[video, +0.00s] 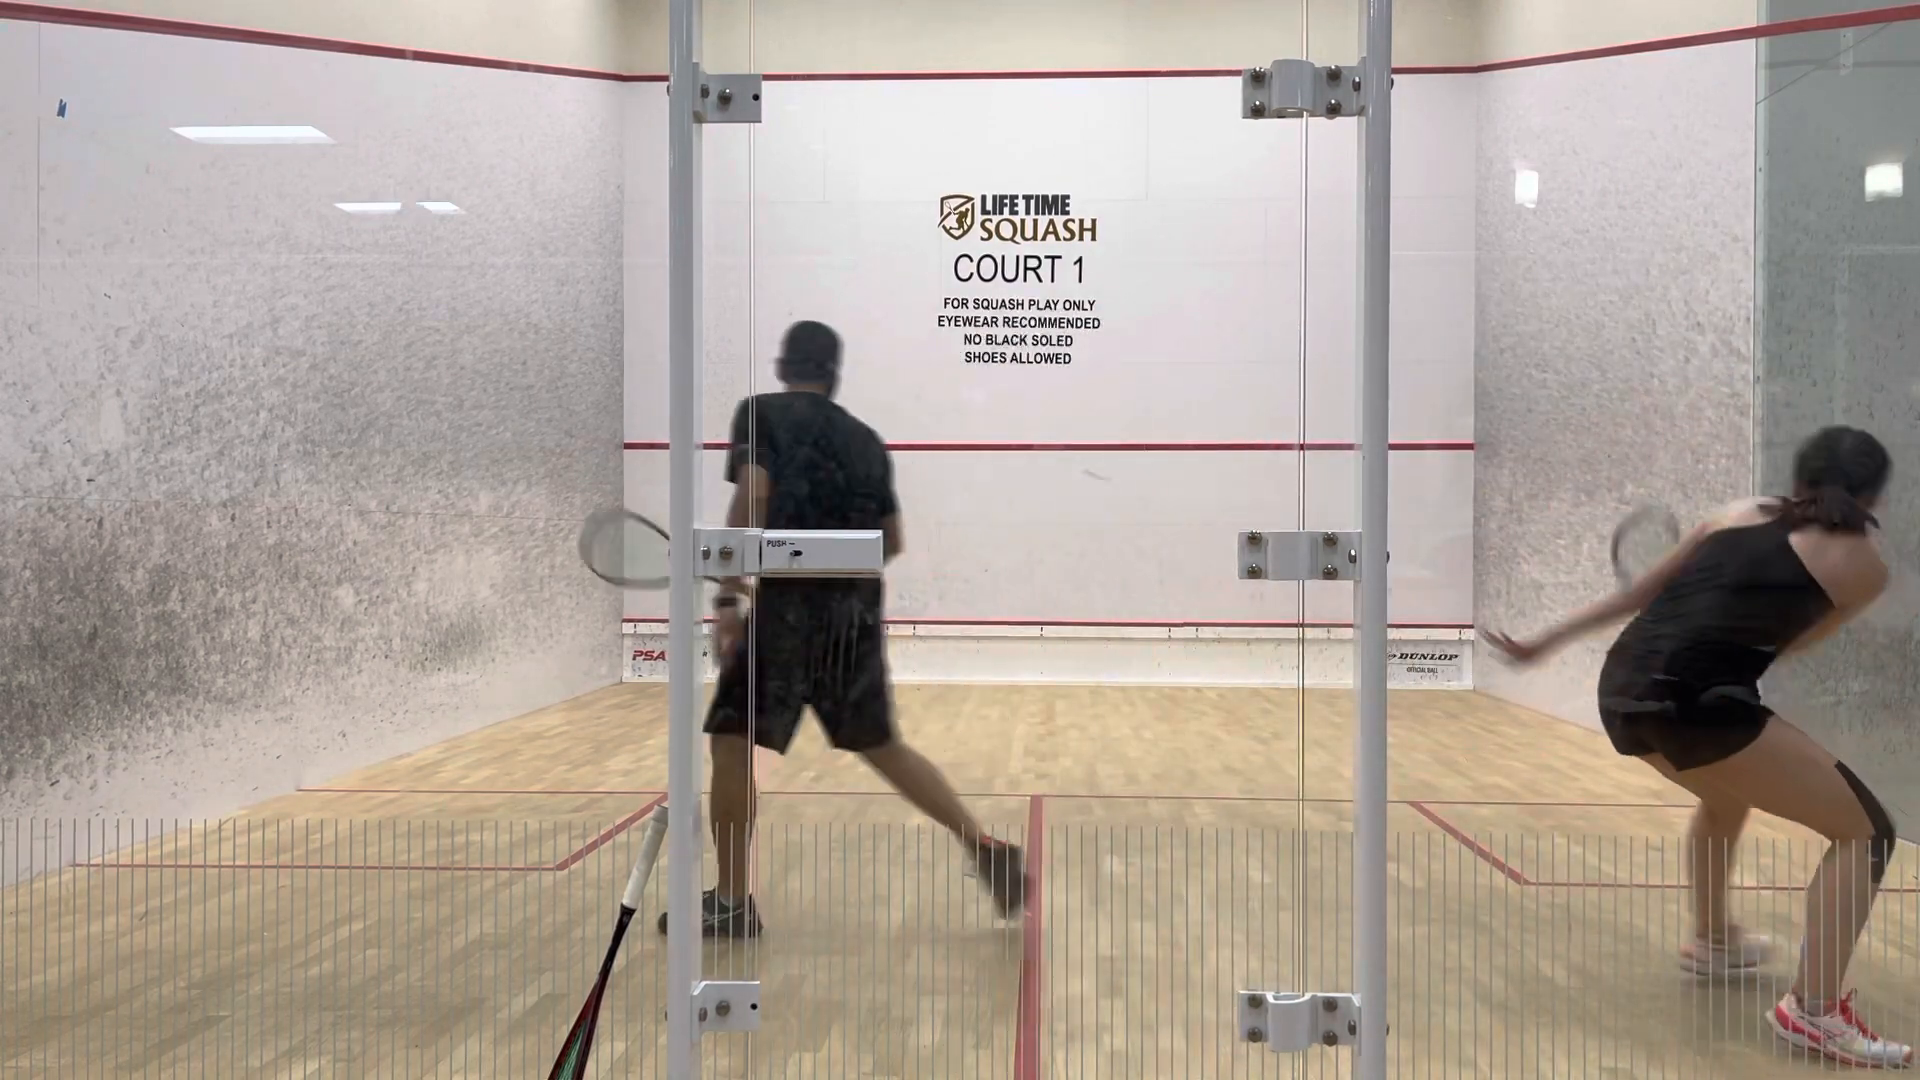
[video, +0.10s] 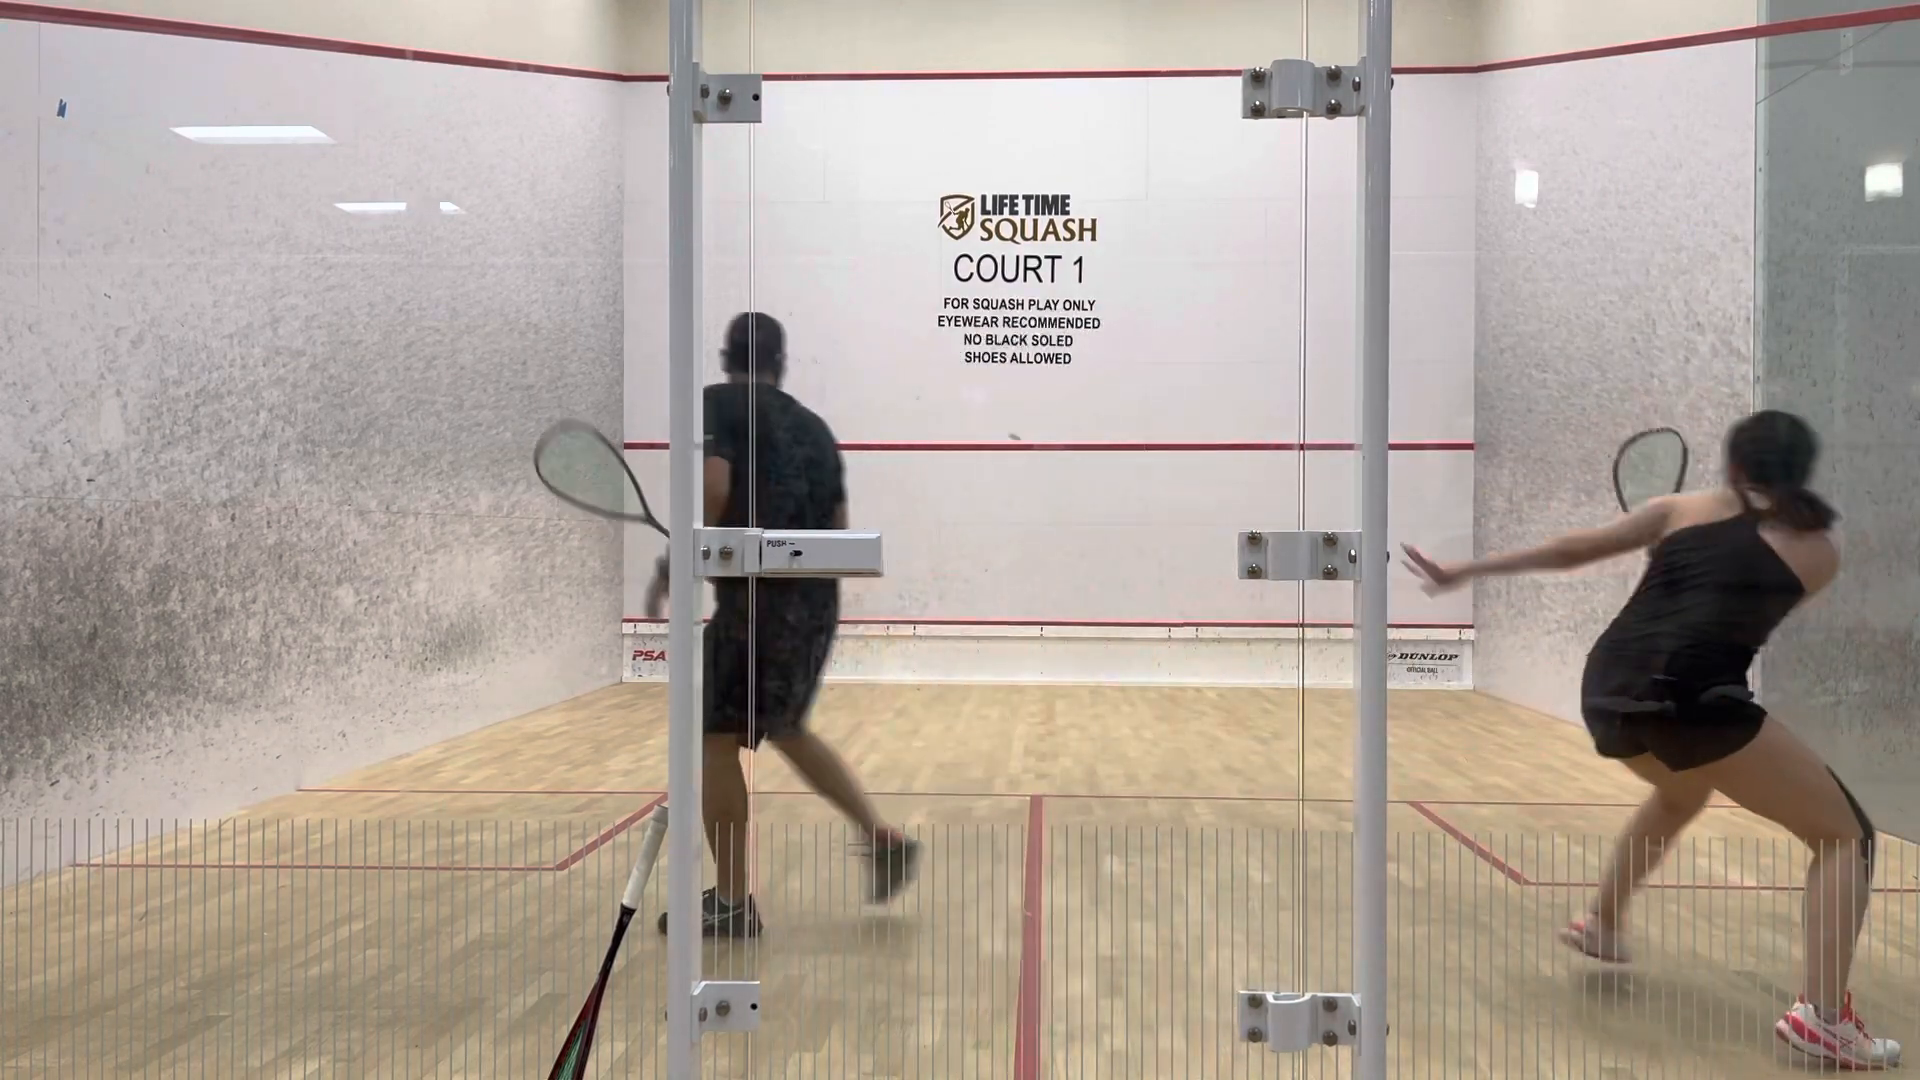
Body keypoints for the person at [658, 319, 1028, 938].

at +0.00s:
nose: (781, 373)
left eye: (781, 364)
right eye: (798, 365)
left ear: (782, 367)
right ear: (835, 374)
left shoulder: (760, 411)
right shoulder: (866, 438)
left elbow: (753, 493)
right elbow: (890, 540)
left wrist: (728, 596)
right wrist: (823, 572)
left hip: (780, 605)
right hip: (855, 609)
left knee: (730, 738)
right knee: (879, 742)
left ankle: (732, 898)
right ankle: (984, 847)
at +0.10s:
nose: (728, 365)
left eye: (727, 354)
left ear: (727, 357)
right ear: (781, 361)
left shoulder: (718, 404)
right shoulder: (815, 428)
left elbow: (713, 494)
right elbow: (836, 528)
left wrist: (670, 564)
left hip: (749, 600)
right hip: (813, 600)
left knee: (714, 738)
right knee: (785, 726)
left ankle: (733, 898)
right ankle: (881, 836)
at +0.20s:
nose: (674, 361)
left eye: (678, 349)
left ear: (686, 355)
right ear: (732, 359)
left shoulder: (678, 402)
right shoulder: (767, 426)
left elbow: (671, 482)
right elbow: (781, 530)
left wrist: (623, 534)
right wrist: (687, 550)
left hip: (727, 597)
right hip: (776, 595)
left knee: (710, 742)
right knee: (726, 736)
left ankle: (734, 895)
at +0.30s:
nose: (632, 381)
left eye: (633, 371)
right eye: (639, 370)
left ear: (638, 371)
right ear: (688, 368)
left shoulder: (642, 412)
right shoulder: (720, 431)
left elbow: (653, 485)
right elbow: (716, 531)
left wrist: (586, 529)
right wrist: (642, 551)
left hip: (685, 605)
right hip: (734, 607)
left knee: (677, 752)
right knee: (667, 737)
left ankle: (730, 896)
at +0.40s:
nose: (587, 396)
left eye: (587, 386)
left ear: (587, 389)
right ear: (639, 388)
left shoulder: (598, 424)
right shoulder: (662, 438)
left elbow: (622, 491)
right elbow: (654, 555)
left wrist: (561, 544)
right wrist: (573, 568)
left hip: (650, 618)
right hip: (697, 612)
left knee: (659, 767)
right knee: (611, 713)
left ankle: (732, 899)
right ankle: (546, 834)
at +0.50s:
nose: (526, 417)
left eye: (527, 408)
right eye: (537, 408)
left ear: (530, 409)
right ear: (577, 407)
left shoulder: (547, 440)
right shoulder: (595, 449)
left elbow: (589, 495)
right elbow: (581, 564)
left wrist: (537, 575)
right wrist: (496, 587)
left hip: (630, 632)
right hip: (648, 623)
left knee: (643, 774)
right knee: (548, 701)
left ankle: (728, 896)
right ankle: (485, 826)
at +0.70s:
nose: (394, 477)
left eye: (396, 467)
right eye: (393, 467)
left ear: (412, 466)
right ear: (430, 462)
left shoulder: (452, 487)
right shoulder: (445, 514)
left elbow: (520, 503)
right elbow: (409, 589)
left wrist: (537, 570)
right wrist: (341, 625)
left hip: (533, 655)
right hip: (516, 661)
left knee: (568, 781)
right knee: (450, 752)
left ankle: (704, 862)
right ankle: (374, 861)